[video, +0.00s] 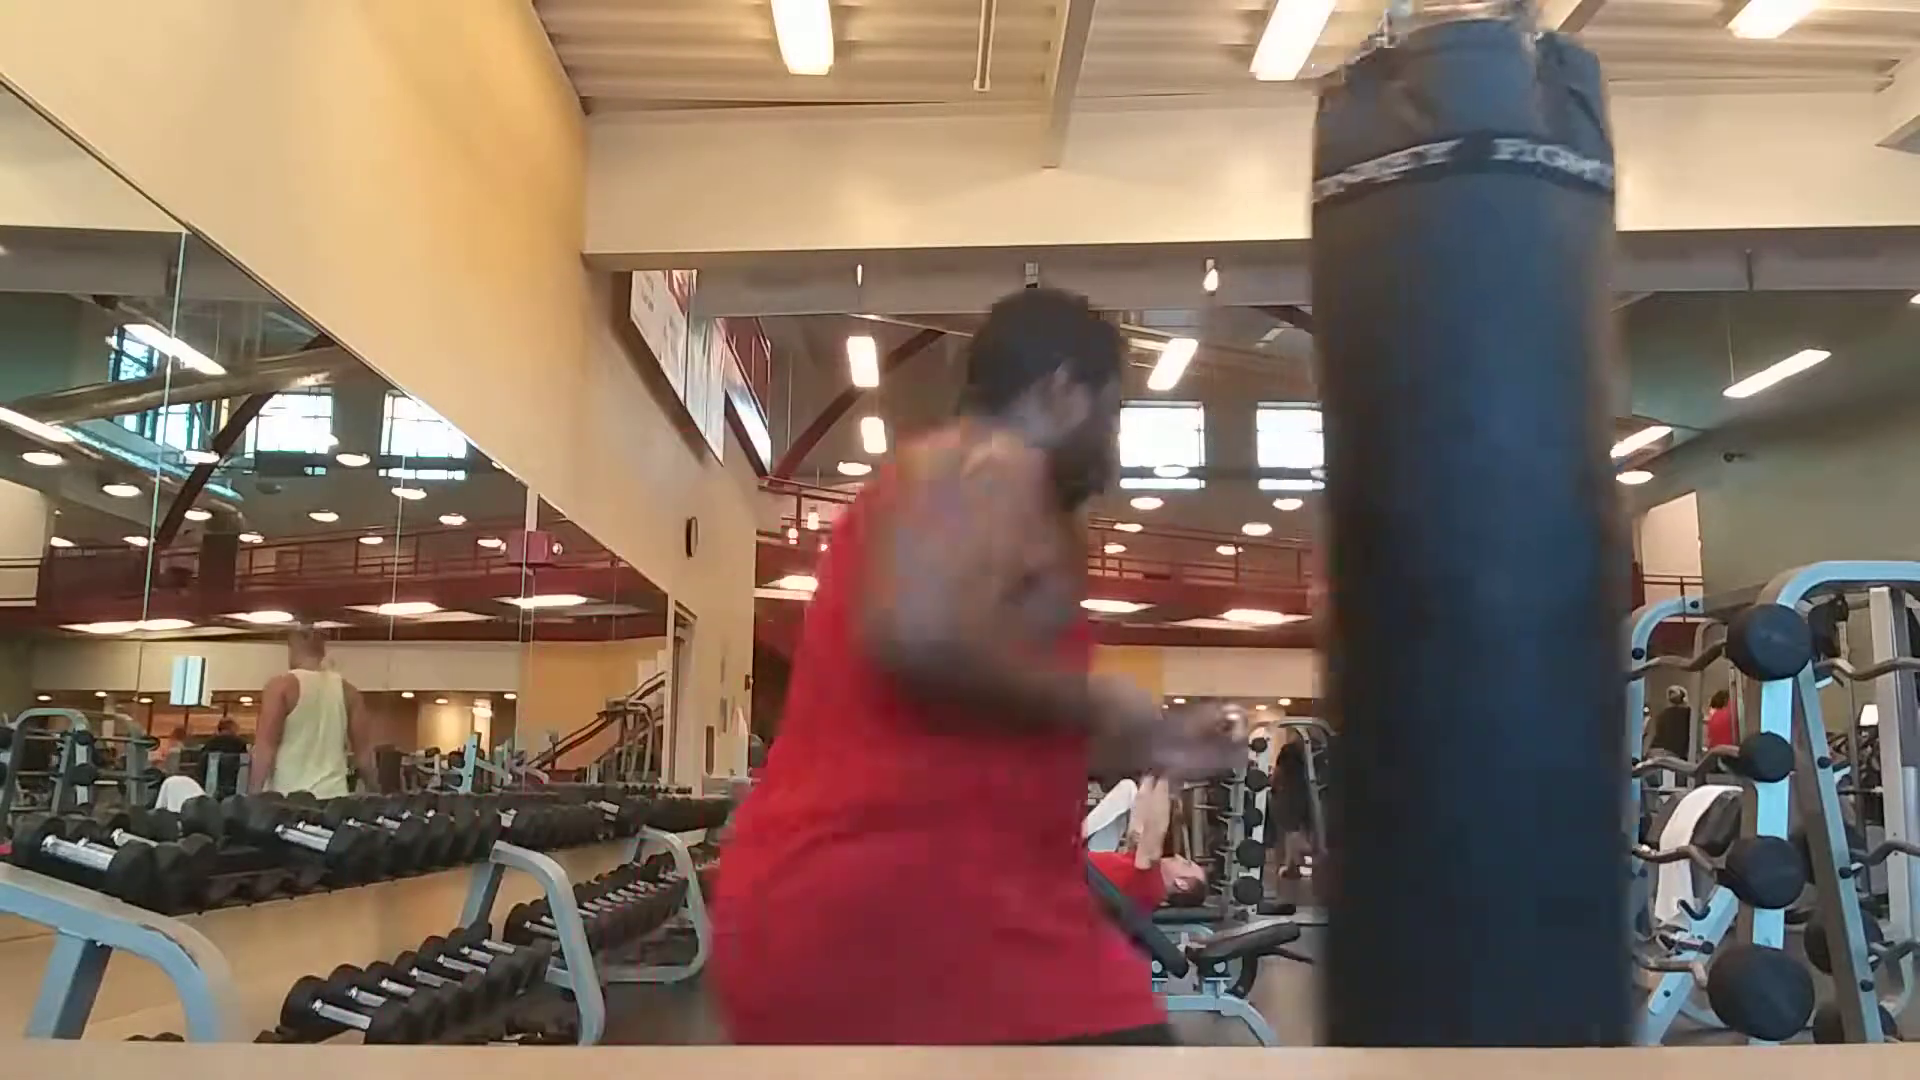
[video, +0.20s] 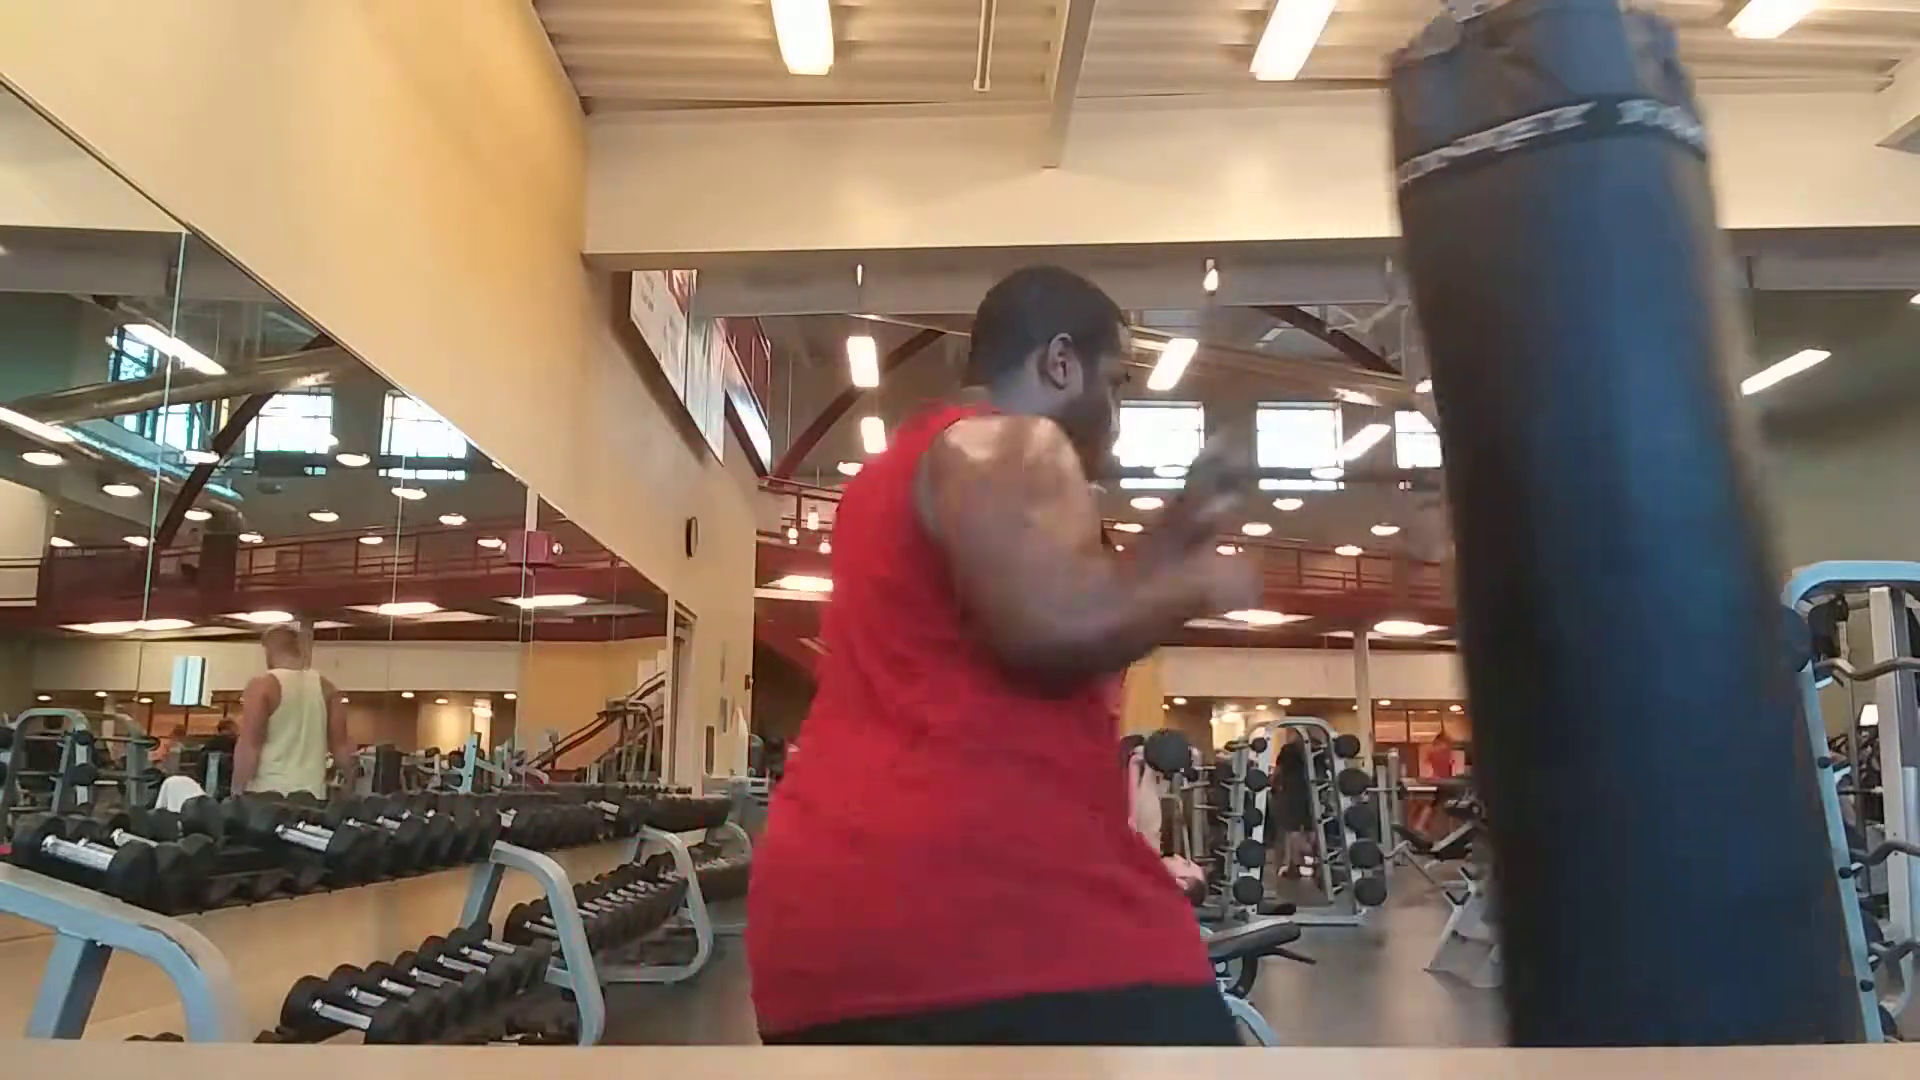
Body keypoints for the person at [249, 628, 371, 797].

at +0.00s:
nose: (289, 655)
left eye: (290, 648)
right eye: (290, 648)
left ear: (294, 649)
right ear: (322, 652)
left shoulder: (282, 685)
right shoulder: (347, 691)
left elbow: (266, 746)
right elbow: (363, 756)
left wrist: (252, 797)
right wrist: (374, 791)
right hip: (335, 799)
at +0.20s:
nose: (266, 656)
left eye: (266, 651)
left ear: (269, 652)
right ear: (298, 651)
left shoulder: (263, 686)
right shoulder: (326, 688)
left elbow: (250, 744)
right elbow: (340, 744)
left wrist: (236, 793)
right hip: (313, 796)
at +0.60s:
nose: (260, 659)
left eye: (260, 655)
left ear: (262, 657)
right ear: (290, 661)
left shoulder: (247, 690)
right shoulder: (314, 696)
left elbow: (225, 747)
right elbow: (320, 754)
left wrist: (208, 798)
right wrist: (322, 801)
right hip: (295, 799)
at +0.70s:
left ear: (265, 659)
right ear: (294, 663)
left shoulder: (247, 690)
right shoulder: (313, 698)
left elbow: (222, 746)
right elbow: (319, 756)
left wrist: (204, 795)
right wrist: (323, 806)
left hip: (243, 796)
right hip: (291, 799)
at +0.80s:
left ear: (267, 659)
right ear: (296, 663)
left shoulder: (247, 688)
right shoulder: (313, 698)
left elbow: (224, 741)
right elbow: (318, 755)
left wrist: (204, 784)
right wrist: (322, 803)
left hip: (240, 793)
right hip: (288, 797)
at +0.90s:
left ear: (268, 659)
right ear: (297, 664)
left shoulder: (247, 686)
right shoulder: (311, 696)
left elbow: (222, 741)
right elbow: (317, 756)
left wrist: (201, 783)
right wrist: (321, 802)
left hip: (238, 791)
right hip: (286, 795)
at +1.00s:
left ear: (269, 660)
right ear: (297, 664)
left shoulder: (245, 685)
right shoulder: (308, 697)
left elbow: (220, 739)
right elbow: (315, 759)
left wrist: (200, 781)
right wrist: (322, 802)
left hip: (234, 790)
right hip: (282, 795)